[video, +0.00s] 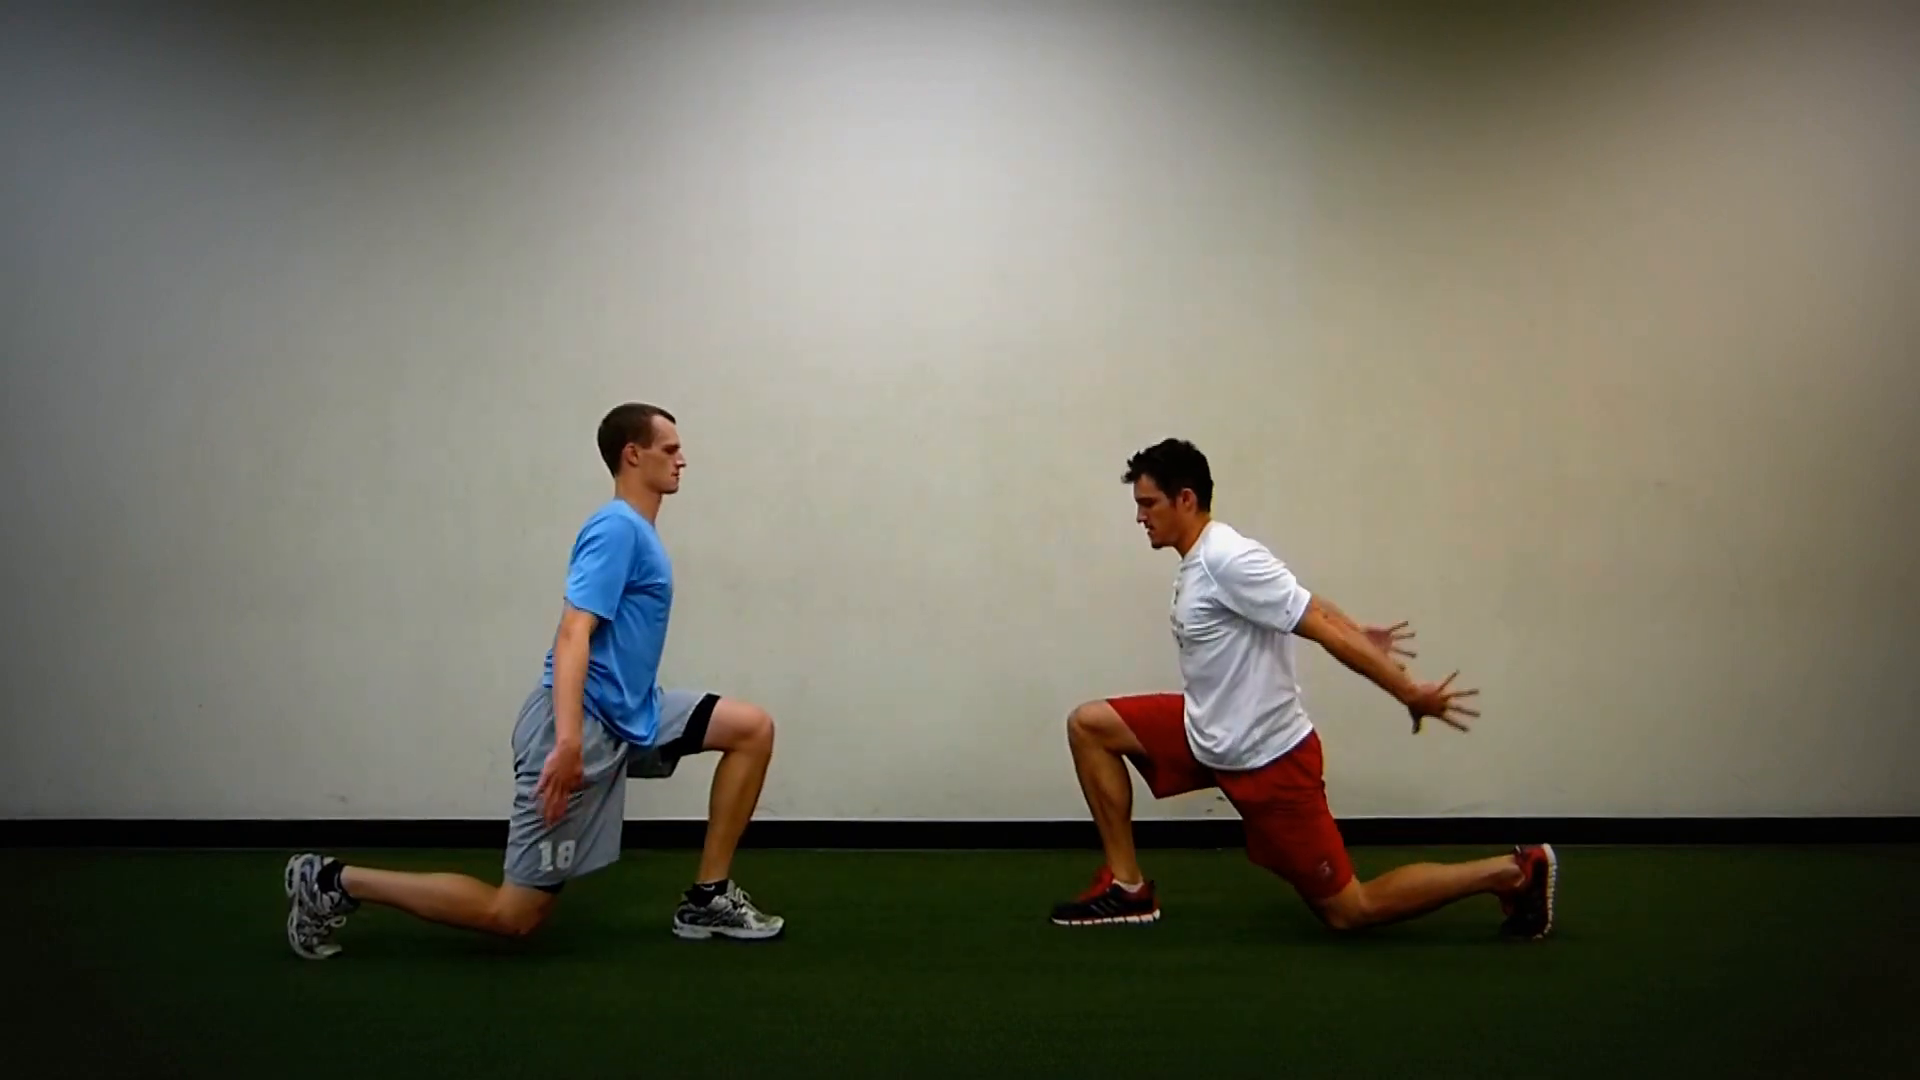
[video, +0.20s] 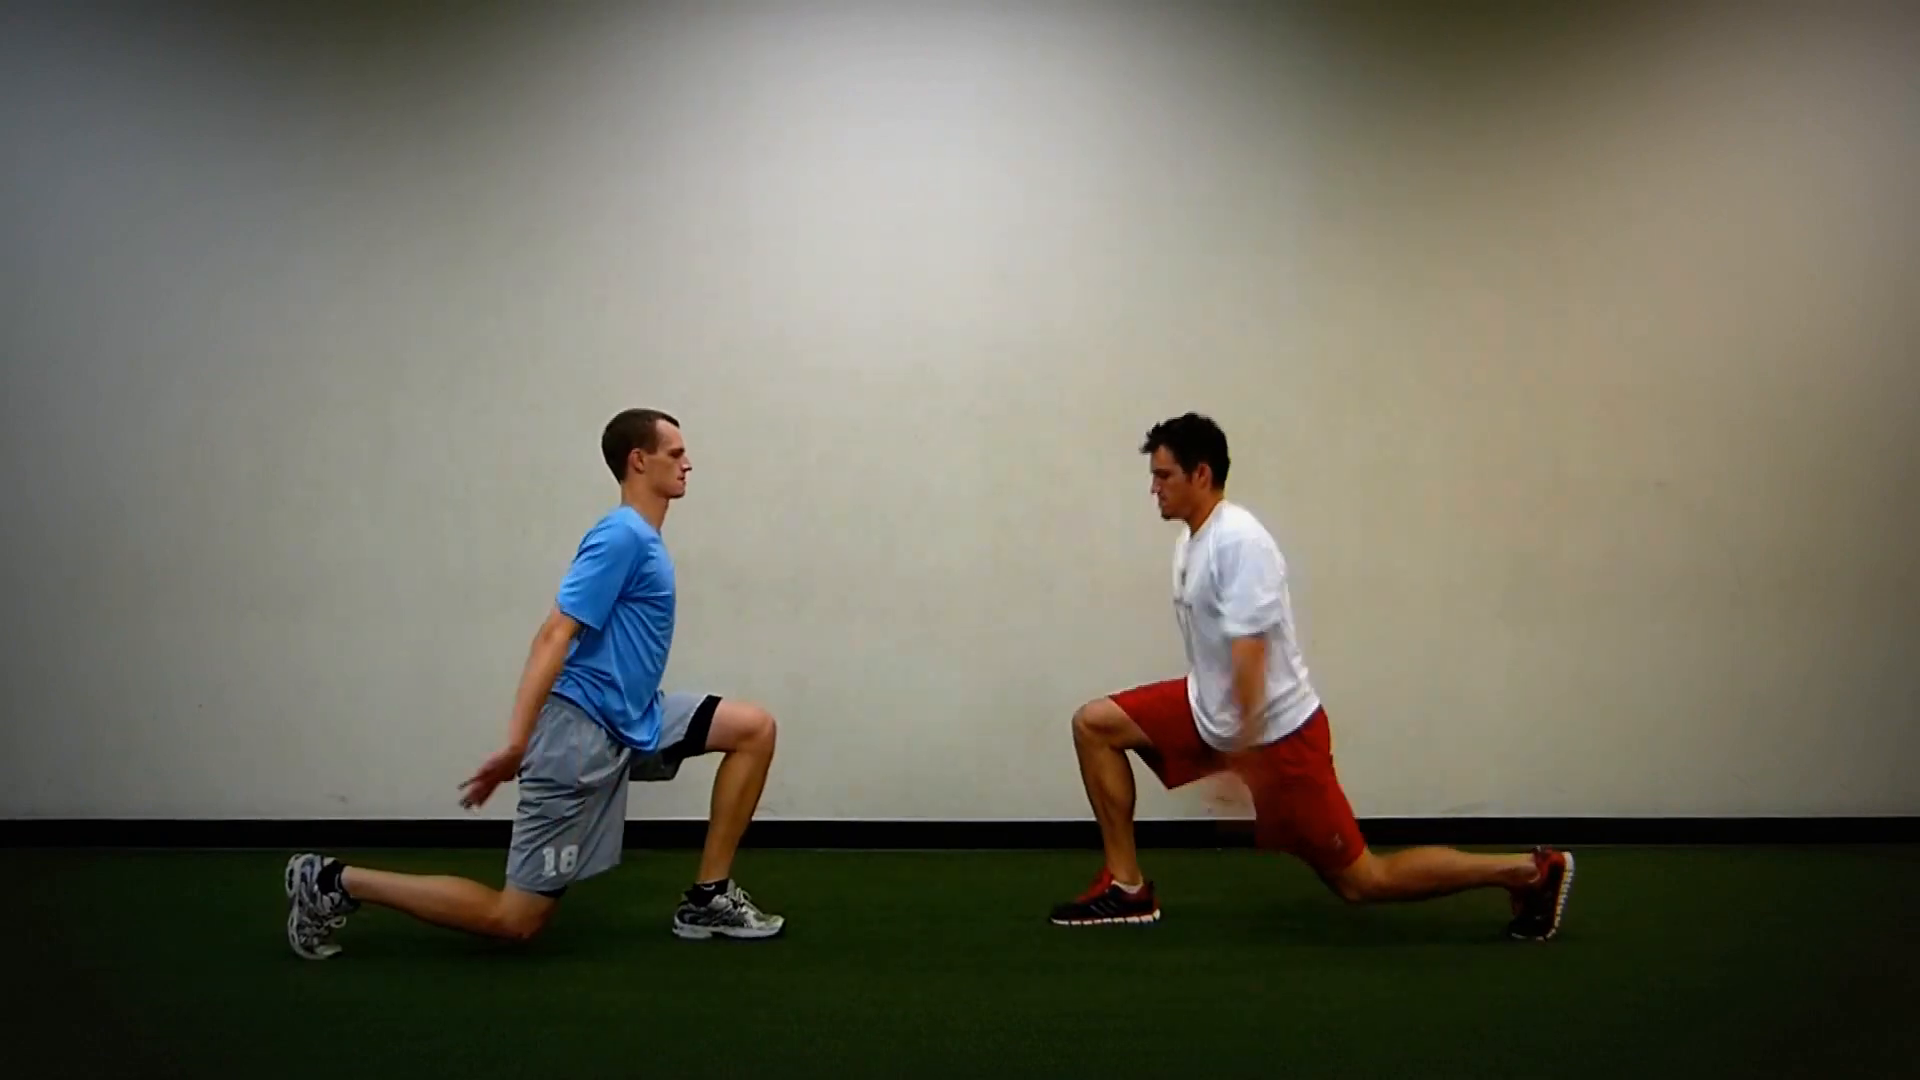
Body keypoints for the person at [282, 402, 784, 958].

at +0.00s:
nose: (681, 461)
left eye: (680, 450)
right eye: (671, 450)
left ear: (640, 457)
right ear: (634, 456)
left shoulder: (637, 530)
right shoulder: (614, 530)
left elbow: (599, 637)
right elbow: (573, 637)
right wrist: (569, 740)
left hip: (628, 709)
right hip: (575, 722)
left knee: (752, 730)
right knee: (517, 914)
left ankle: (711, 897)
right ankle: (332, 882)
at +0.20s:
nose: (688, 465)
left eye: (685, 453)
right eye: (677, 454)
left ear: (644, 464)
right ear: (639, 463)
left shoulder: (640, 536)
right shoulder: (620, 537)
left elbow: (559, 636)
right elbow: (555, 636)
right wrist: (518, 742)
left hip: (630, 713)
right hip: (580, 725)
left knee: (754, 730)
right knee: (519, 918)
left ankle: (711, 897)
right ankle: (333, 881)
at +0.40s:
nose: (677, 440)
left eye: (674, 429)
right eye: (664, 430)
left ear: (638, 440)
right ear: (628, 440)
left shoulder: (640, 516)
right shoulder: (616, 514)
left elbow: (661, 626)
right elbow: (637, 635)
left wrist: (709, 684)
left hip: (621, 693)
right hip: (568, 700)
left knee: (744, 726)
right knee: (505, 890)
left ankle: (711, 896)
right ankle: (317, 883)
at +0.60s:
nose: (683, 295)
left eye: (678, 284)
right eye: (670, 287)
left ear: (641, 306)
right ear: (635, 302)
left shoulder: (664, 363)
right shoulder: (633, 355)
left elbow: (738, 306)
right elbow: (718, 289)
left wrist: (780, 223)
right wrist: (776, 197)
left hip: (634, 593)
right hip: (582, 582)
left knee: (708, 710)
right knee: (482, 734)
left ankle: (711, 889)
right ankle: (339, 859)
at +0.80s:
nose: (700, 178)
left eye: (703, 165)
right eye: (687, 163)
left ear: (692, 177)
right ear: (653, 174)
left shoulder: (675, 248)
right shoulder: (636, 236)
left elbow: (704, 138)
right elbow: (685, 129)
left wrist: (716, 49)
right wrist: (700, 27)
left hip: (636, 470)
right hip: (603, 460)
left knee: (604, 649)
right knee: (597, 646)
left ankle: (525, 801)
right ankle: (458, 770)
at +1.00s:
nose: (696, 242)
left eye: (697, 229)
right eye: (684, 228)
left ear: (674, 235)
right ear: (645, 230)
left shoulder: (671, 293)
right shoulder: (631, 286)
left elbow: (746, 264)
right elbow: (688, 213)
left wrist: (805, 211)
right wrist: (747, 123)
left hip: (603, 502)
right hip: (612, 504)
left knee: (543, 666)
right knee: (694, 668)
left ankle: (401, 770)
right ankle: (671, 845)